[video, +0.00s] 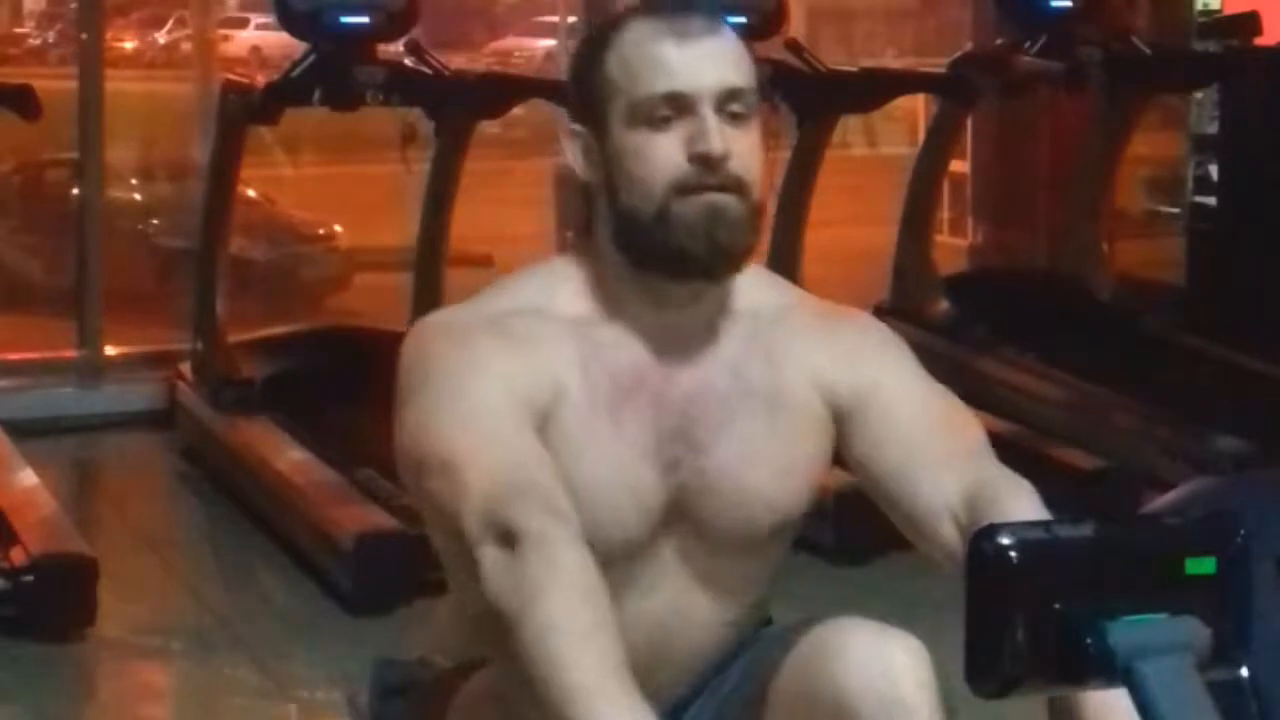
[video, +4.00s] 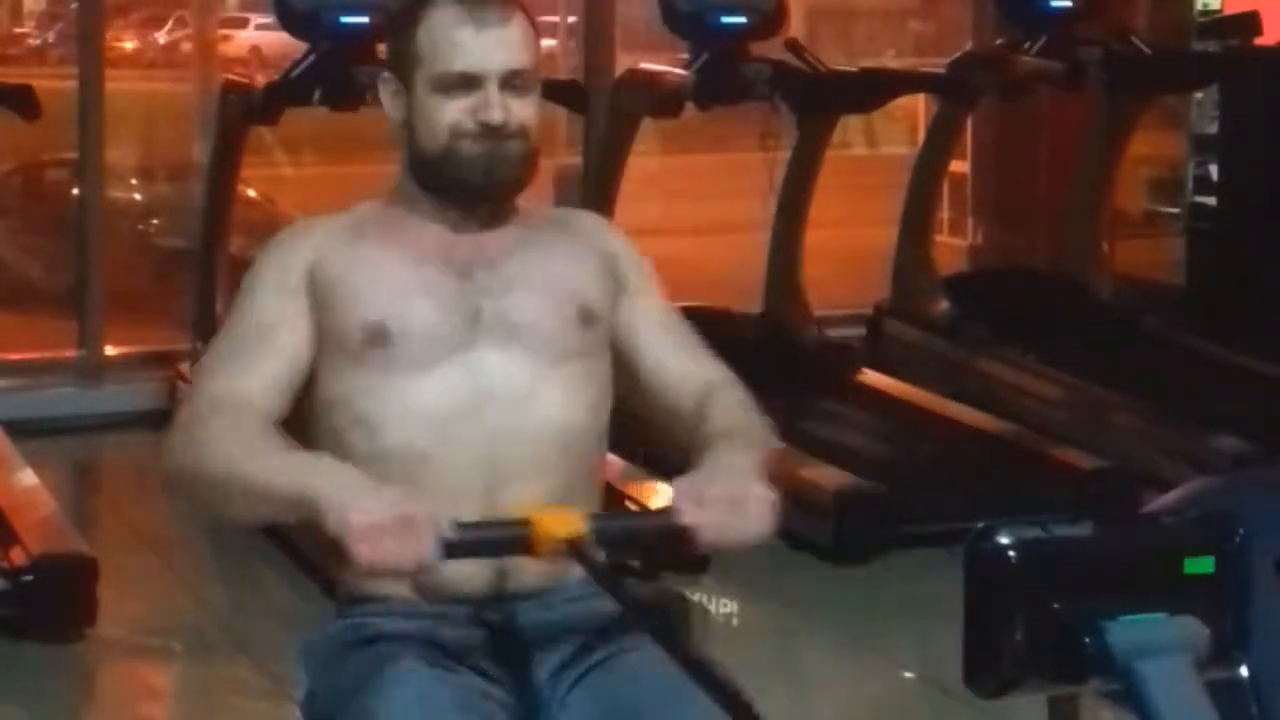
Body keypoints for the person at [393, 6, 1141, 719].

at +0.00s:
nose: (712, 145)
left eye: (734, 111)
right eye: (663, 115)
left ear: (765, 137)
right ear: (581, 151)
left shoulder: (838, 347)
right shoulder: (471, 354)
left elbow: (982, 504)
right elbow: (528, 561)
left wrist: (1099, 687)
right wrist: (620, 713)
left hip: (710, 684)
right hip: (502, 692)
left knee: (881, 664)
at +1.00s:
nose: (503, 90)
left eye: (524, 65)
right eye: (465, 66)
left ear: (548, 88)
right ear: (402, 93)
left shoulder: (606, 252)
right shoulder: (314, 267)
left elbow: (746, 406)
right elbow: (203, 467)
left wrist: (762, 479)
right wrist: (363, 535)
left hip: (602, 612)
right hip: (413, 631)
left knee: (759, 716)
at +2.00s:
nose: (568, 90)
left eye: (592, 62)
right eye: (526, 65)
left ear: (622, 84)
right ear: (459, 89)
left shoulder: (697, 266)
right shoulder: (374, 273)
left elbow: (823, 418)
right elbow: (385, 451)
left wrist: (908, 567)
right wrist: (497, 613)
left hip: (641, 635)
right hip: (429, 641)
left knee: (842, 679)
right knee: (509, 697)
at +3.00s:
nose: (611, 129)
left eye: (634, 96)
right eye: (569, 97)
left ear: (659, 109)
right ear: (492, 114)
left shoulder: (723, 295)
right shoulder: (383, 304)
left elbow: (873, 448)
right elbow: (361, 505)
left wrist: (935, 622)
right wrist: (498, 680)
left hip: (641, 647)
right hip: (439, 658)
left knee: (809, 692)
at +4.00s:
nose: (495, 113)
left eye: (515, 86)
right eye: (459, 87)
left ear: (539, 100)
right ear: (395, 100)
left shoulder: (593, 250)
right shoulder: (314, 257)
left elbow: (711, 398)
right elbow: (205, 441)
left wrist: (735, 463)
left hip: (579, 621)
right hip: (401, 630)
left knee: (692, 712)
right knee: (410, 708)